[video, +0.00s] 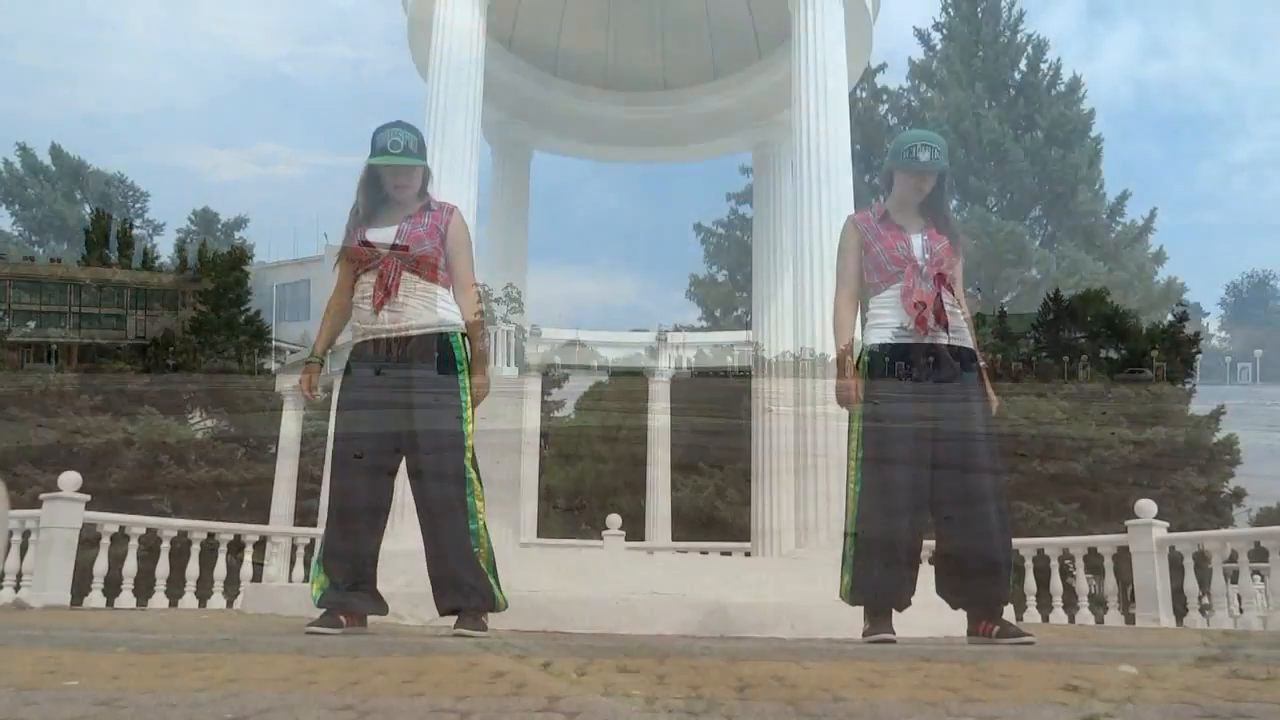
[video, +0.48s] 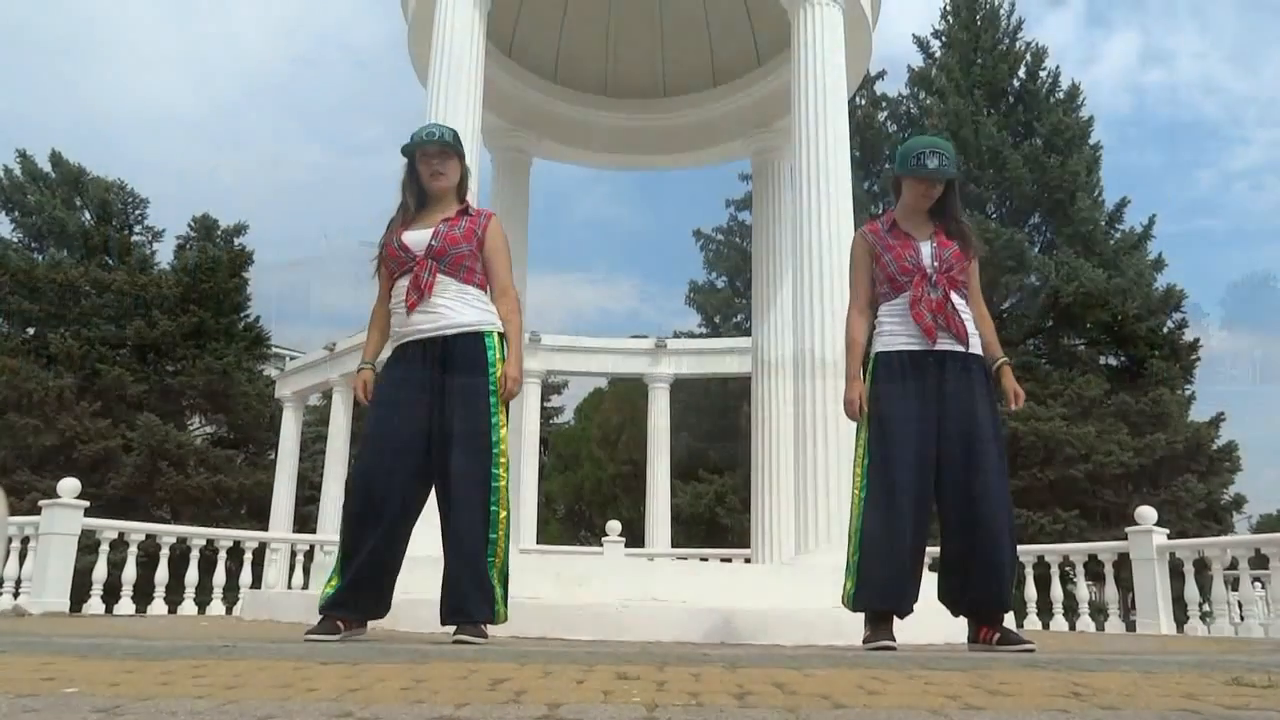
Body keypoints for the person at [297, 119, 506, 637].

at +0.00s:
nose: (398, 177)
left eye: (408, 167)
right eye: (389, 168)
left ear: (424, 169)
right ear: (375, 171)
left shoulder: (446, 220)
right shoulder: (361, 224)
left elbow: (467, 292)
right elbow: (342, 295)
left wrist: (480, 360)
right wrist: (317, 356)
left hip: (434, 360)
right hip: (369, 361)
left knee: (443, 482)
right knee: (355, 479)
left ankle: (469, 606)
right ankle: (347, 603)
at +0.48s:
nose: (434, 164)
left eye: (443, 157)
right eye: (425, 158)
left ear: (461, 165)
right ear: (413, 168)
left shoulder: (483, 223)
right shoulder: (397, 231)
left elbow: (506, 294)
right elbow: (384, 307)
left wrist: (514, 357)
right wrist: (367, 362)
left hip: (470, 356)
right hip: (408, 358)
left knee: (467, 482)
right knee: (378, 475)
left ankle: (469, 615)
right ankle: (350, 608)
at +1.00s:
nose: (429, 160)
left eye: (440, 153)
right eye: (421, 154)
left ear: (459, 166)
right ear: (409, 168)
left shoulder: (485, 219)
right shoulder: (399, 228)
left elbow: (505, 292)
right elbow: (380, 302)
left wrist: (499, 359)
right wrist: (354, 369)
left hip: (448, 361)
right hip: (385, 358)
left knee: (445, 489)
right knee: (354, 482)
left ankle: (468, 618)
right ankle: (339, 609)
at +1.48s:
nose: (416, 164)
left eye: (427, 158)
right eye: (408, 157)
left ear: (444, 171)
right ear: (395, 168)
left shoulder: (461, 224)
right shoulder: (375, 231)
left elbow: (480, 294)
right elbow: (355, 306)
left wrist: (485, 361)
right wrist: (327, 366)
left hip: (435, 367)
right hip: (368, 367)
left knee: (442, 492)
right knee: (351, 493)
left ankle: (471, 619)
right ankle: (344, 618)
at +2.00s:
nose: (423, 165)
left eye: (434, 159)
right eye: (415, 157)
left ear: (451, 173)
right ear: (402, 167)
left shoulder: (462, 233)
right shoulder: (374, 231)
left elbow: (480, 304)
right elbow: (352, 299)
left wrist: (491, 368)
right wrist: (324, 359)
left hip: (445, 365)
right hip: (380, 369)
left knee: (450, 490)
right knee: (358, 488)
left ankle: (470, 623)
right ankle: (344, 620)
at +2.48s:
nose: (423, 163)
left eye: (433, 156)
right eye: (415, 156)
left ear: (452, 166)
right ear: (402, 167)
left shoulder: (473, 227)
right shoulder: (384, 229)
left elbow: (488, 301)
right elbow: (365, 303)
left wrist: (492, 370)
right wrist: (344, 366)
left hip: (446, 365)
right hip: (381, 367)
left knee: (449, 492)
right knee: (361, 491)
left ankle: (469, 625)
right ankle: (342, 622)